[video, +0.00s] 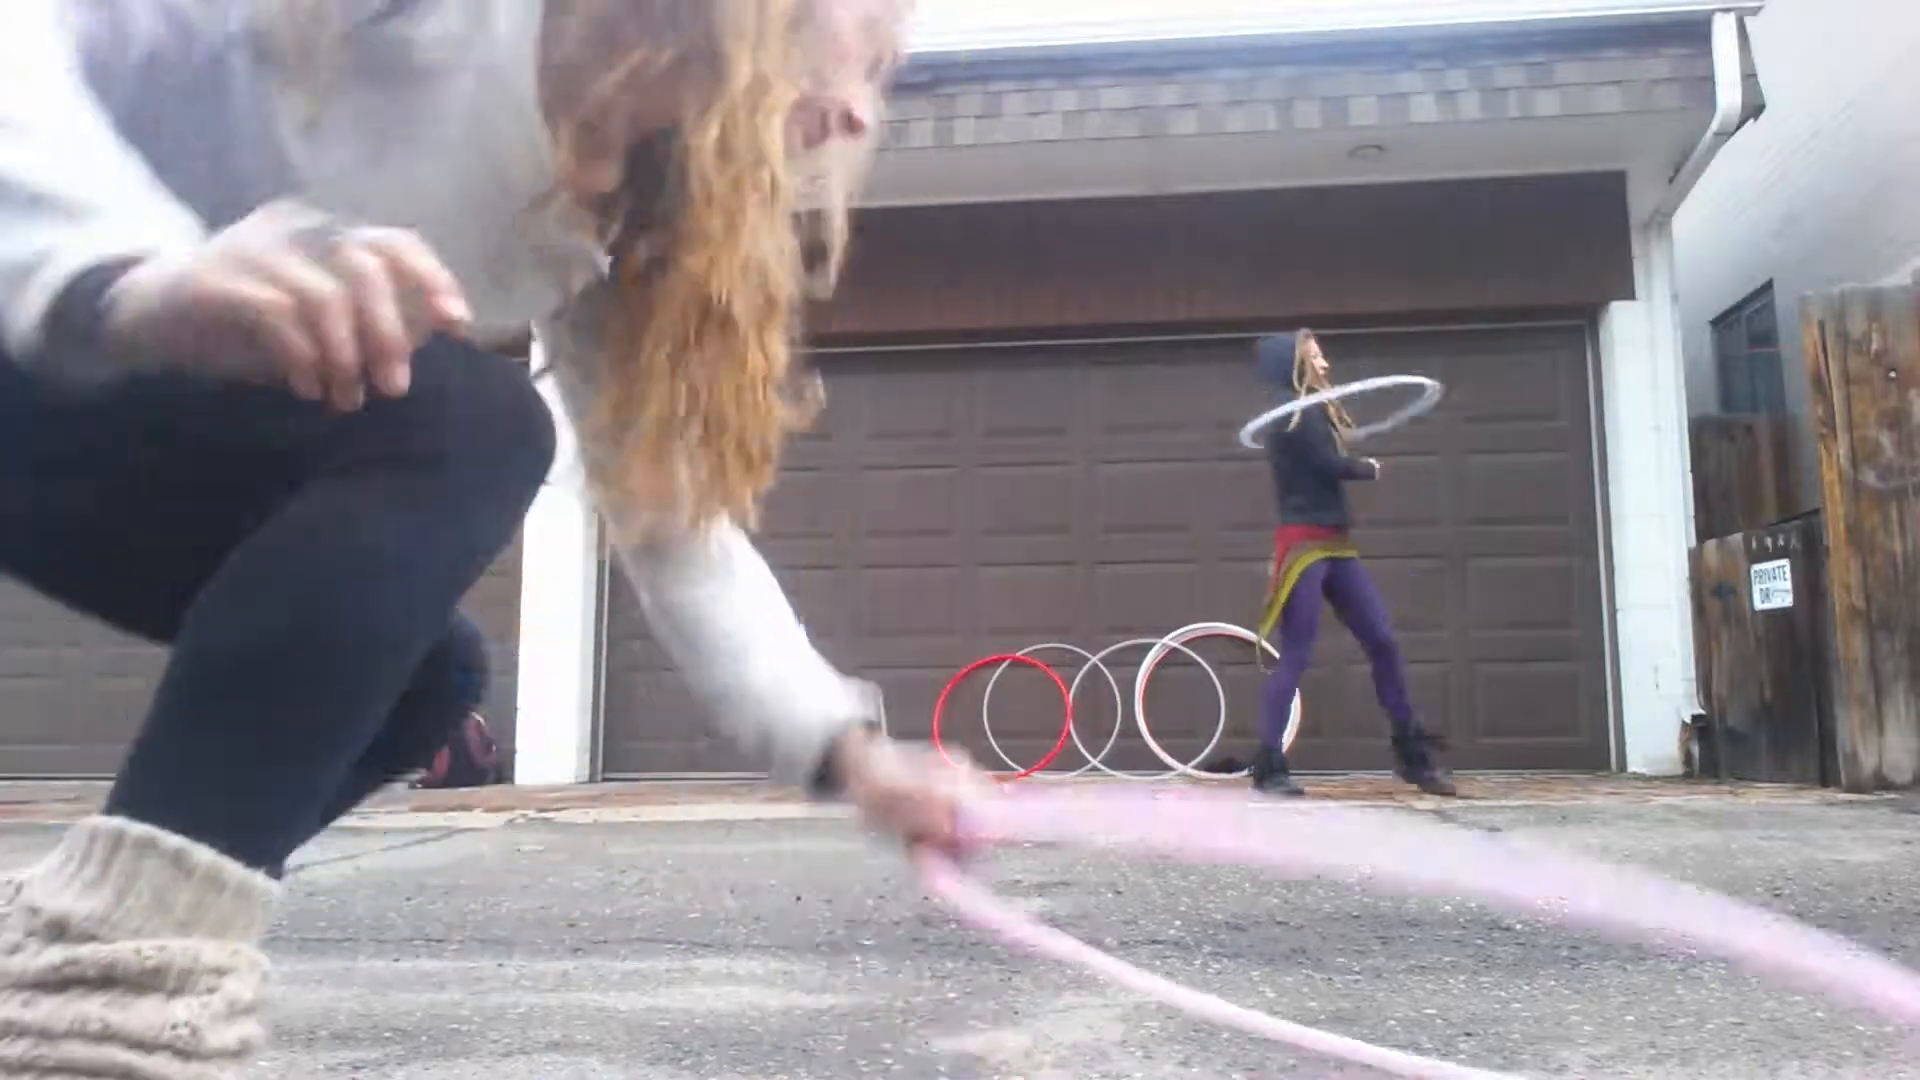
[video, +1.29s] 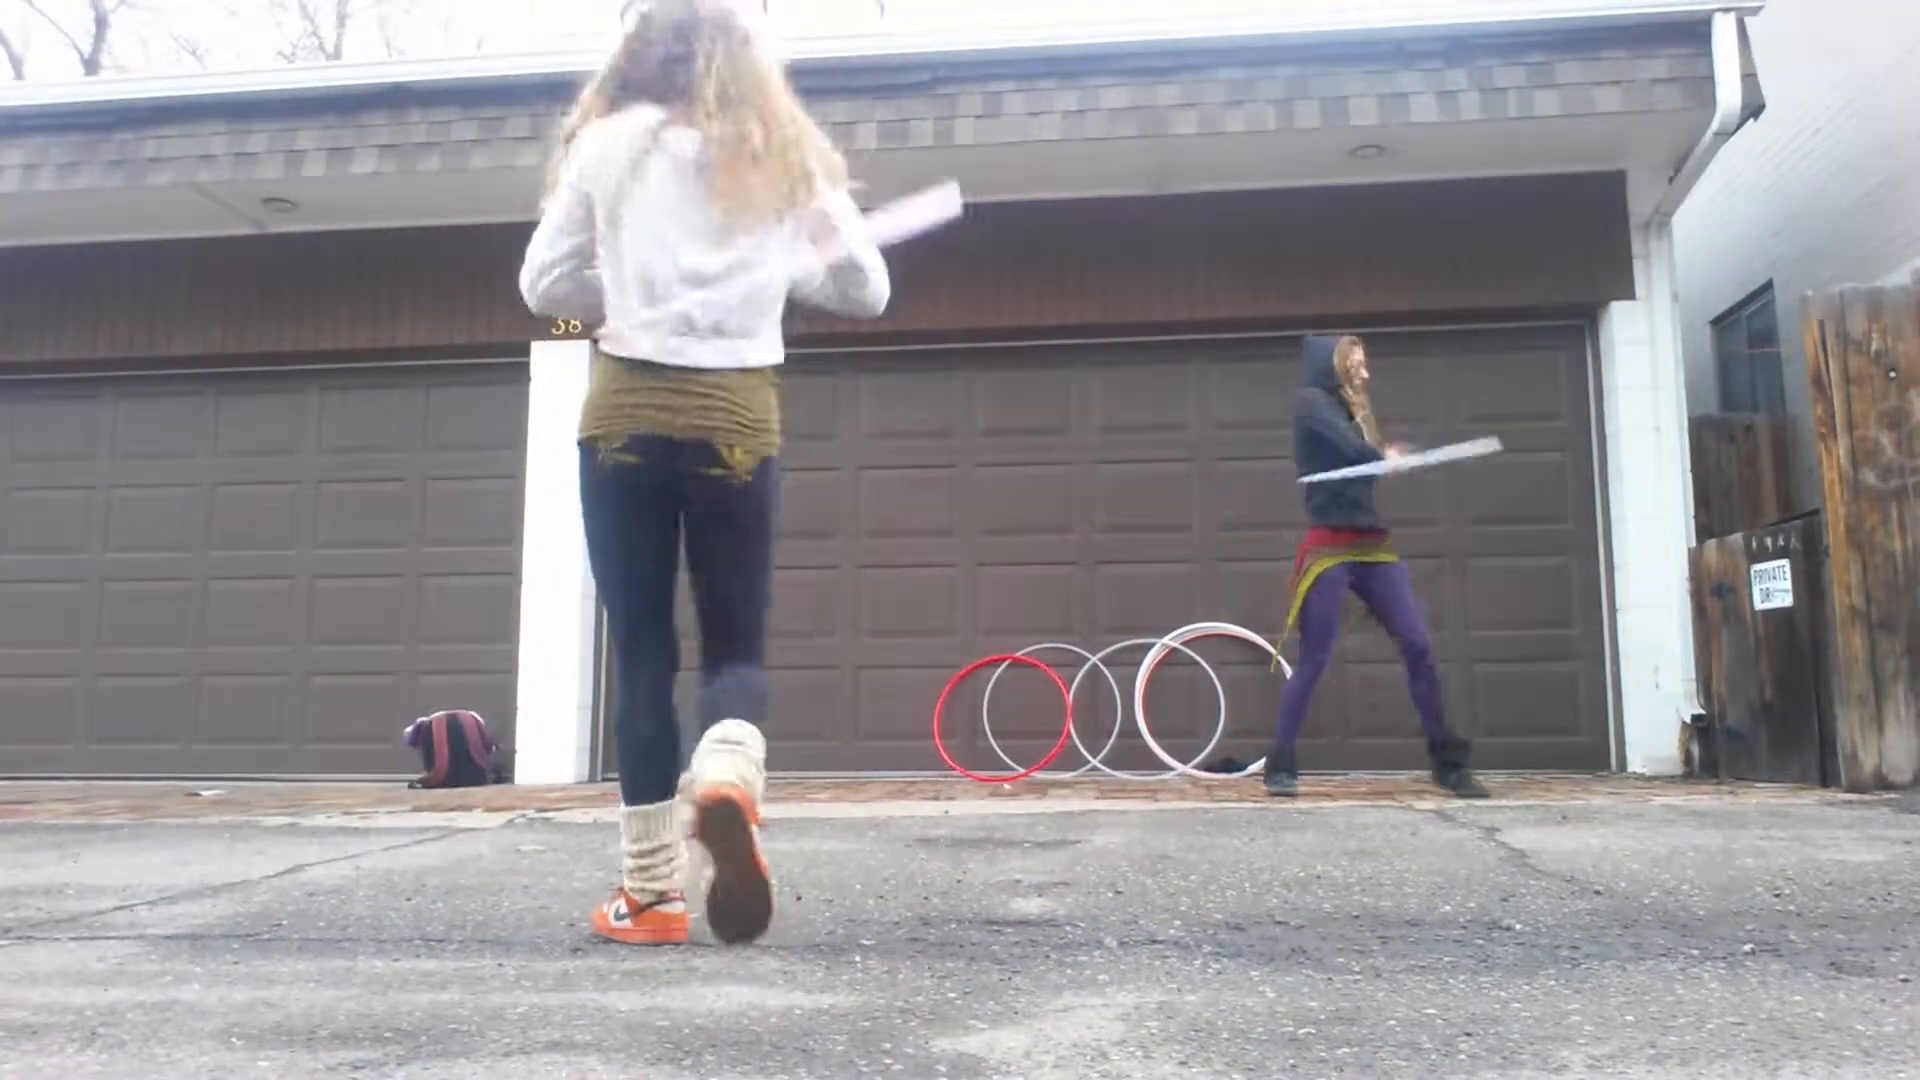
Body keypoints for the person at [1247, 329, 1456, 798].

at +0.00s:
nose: (1324, 363)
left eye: (1321, 355)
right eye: (1314, 357)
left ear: (1307, 363)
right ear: (1295, 367)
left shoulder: (1315, 409)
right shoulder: (1294, 411)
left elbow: (1319, 465)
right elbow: (1324, 463)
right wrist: (1366, 468)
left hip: (1335, 543)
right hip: (1303, 546)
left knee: (1382, 644)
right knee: (1295, 651)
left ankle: (1412, 753)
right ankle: (1269, 762)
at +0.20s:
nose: (1344, 377)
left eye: (1349, 369)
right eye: (1335, 370)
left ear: (1358, 376)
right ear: (1318, 377)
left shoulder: (1372, 426)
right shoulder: (1303, 426)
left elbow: (1387, 498)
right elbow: (1293, 492)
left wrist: (1407, 451)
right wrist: (1346, 506)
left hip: (1367, 553)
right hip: (1321, 552)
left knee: (1400, 655)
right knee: (1315, 659)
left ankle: (1407, 763)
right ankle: (1275, 763)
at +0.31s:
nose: (1355, 384)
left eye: (1360, 376)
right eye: (1346, 376)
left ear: (1371, 383)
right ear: (1329, 383)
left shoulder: (1385, 434)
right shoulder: (1308, 431)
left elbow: (1401, 500)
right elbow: (1293, 497)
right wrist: (1282, 492)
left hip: (1381, 559)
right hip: (1330, 558)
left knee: (1414, 662)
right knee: (1324, 658)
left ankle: (1408, 765)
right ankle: (1280, 761)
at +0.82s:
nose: (1327, 376)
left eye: (1332, 369)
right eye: (1319, 368)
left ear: (1342, 376)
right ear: (1302, 375)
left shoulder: (1354, 422)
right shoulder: (1286, 424)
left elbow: (1383, 474)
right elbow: (1283, 488)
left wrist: (1354, 425)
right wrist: (1348, 487)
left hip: (1351, 549)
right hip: (1306, 554)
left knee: (1420, 614)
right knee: (1313, 663)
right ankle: (1283, 761)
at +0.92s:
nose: (1329, 375)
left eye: (1331, 367)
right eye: (1319, 369)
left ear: (1334, 372)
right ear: (1300, 375)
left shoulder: (1336, 420)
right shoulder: (1283, 424)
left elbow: (1368, 467)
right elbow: (1287, 494)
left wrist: (1400, 466)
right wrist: (1350, 503)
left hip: (1345, 549)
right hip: (1306, 556)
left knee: (1424, 590)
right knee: (1314, 663)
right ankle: (1283, 762)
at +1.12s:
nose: (1343, 370)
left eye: (1342, 362)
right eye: (1336, 362)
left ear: (1322, 367)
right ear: (1314, 366)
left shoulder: (1325, 411)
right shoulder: (1305, 406)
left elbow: (1318, 480)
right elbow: (1352, 463)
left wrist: (1356, 496)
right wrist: (1381, 477)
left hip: (1348, 543)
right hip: (1312, 548)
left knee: (1423, 597)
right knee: (1312, 656)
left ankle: (1387, 682)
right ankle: (1282, 761)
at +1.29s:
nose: (1362, 367)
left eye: (1362, 359)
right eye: (1354, 359)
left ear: (1350, 364)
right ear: (1331, 364)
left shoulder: (1354, 406)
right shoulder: (1312, 402)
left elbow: (1354, 465)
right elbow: (1350, 449)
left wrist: (1384, 457)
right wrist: (1384, 456)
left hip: (1372, 544)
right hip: (1328, 547)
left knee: (1417, 646)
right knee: (1313, 658)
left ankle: (1446, 761)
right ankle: (1282, 765)